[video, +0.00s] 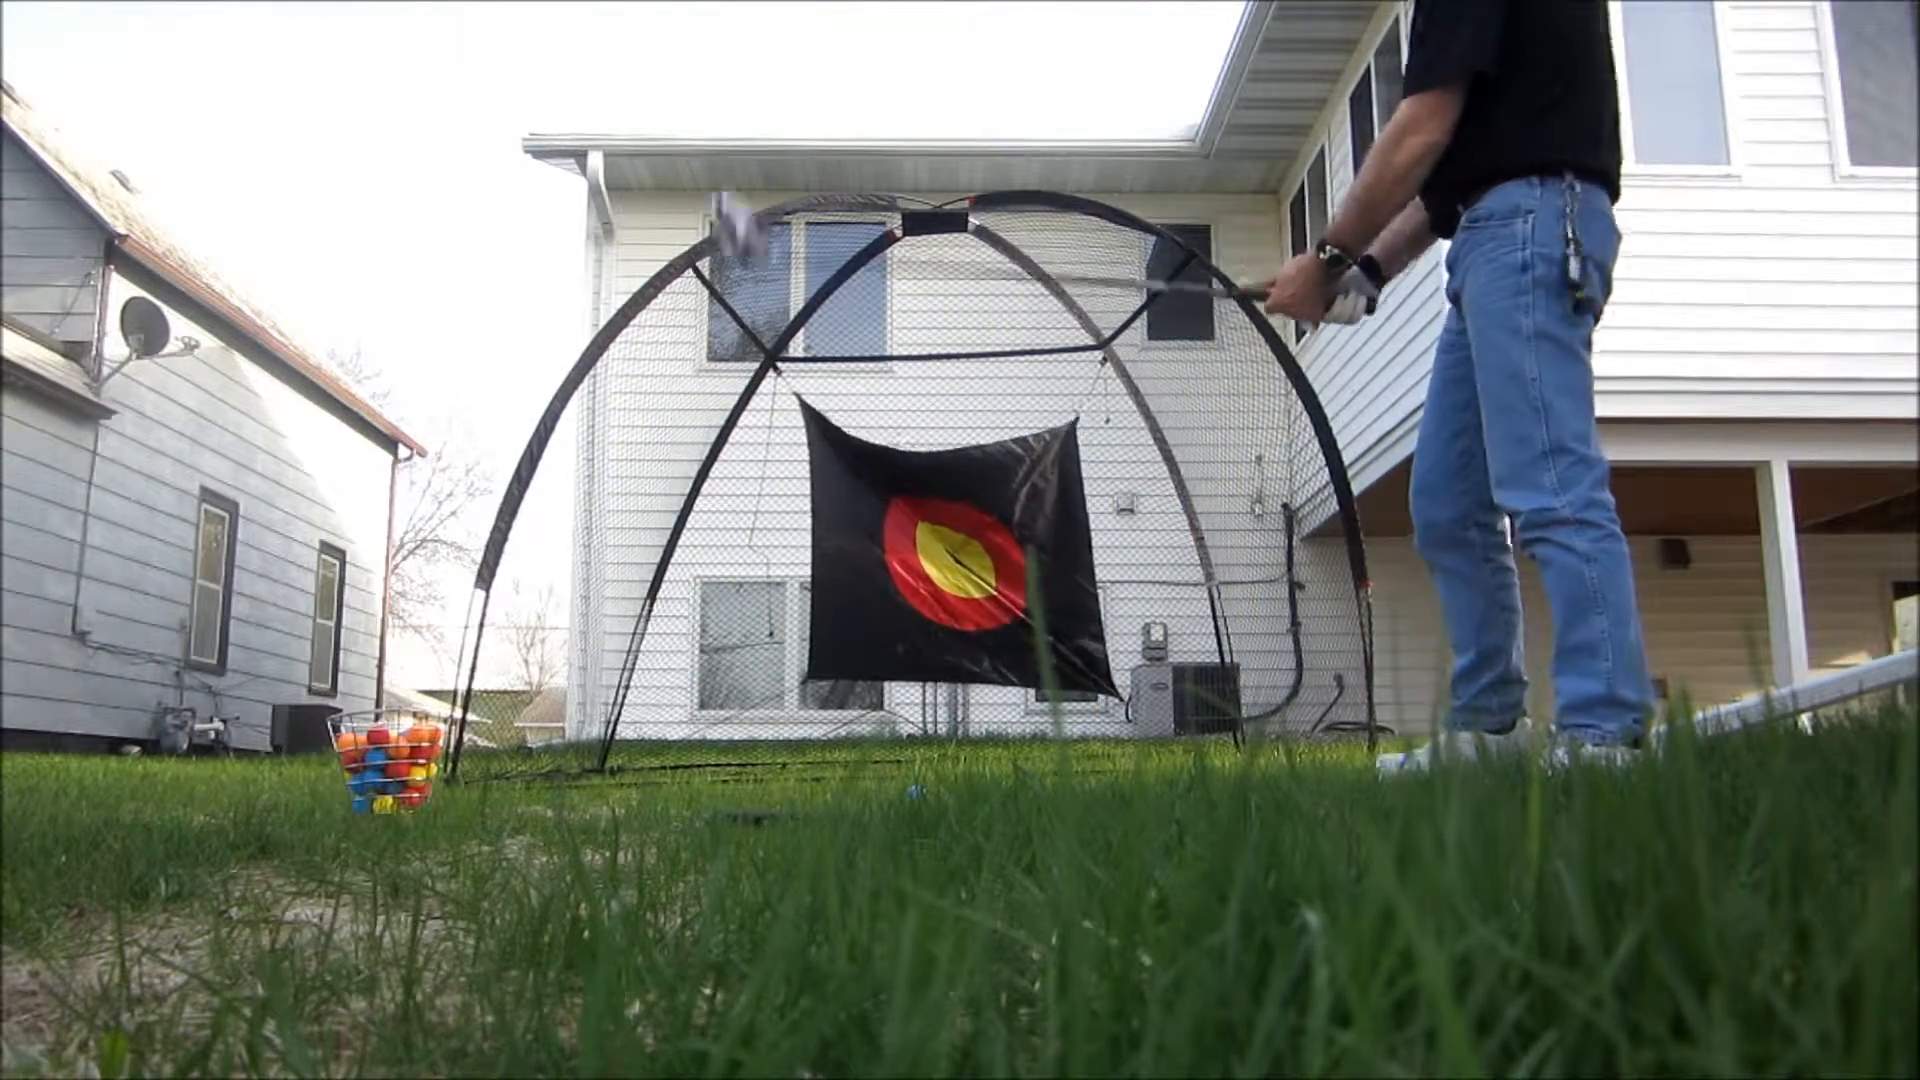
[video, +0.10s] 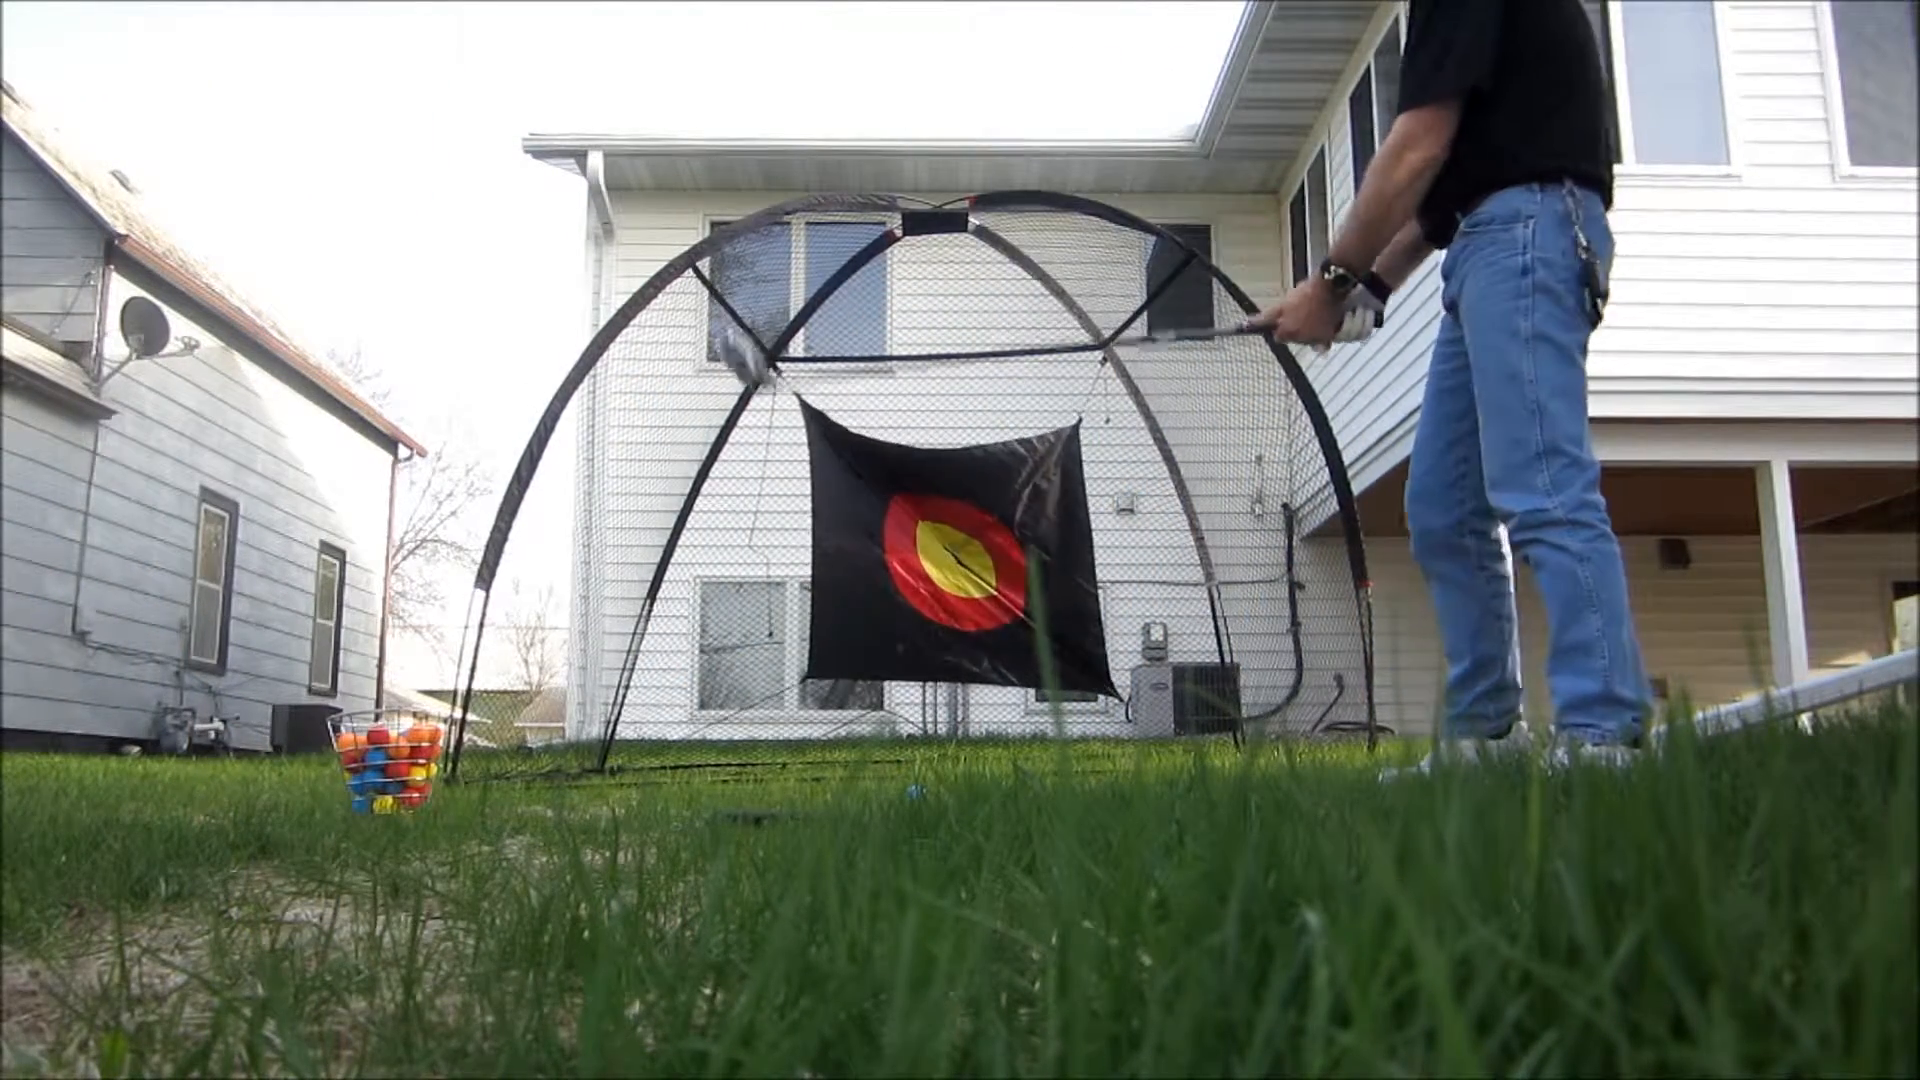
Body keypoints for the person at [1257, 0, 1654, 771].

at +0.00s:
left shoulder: (1468, 4)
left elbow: (1424, 125)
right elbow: (1465, 167)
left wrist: (1327, 257)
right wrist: (1366, 270)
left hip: (1530, 214)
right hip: (1489, 230)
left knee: (1555, 494)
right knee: (1449, 503)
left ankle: (1605, 733)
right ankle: (1487, 728)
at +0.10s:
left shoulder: (1464, 3)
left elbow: (1419, 144)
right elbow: (1455, 175)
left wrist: (1329, 281)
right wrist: (1368, 288)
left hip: (1526, 224)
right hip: (1484, 242)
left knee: (1546, 496)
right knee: (1444, 507)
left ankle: (1605, 734)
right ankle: (1482, 735)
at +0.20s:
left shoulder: (1453, 4)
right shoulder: (1450, 30)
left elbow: (1421, 151)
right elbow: (1446, 191)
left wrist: (1335, 298)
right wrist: (1370, 302)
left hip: (1525, 231)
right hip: (1476, 253)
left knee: (1542, 497)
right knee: (1433, 513)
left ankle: (1603, 732)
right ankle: (1481, 736)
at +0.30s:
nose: (1353, 13)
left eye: (1352, 3)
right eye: (1348, 10)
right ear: (1384, 1)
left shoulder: (1448, 9)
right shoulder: (1422, 42)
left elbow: (1419, 175)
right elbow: (1431, 214)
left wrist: (1339, 310)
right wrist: (1363, 322)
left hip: (1524, 240)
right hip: (1465, 271)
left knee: (1534, 495)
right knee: (1428, 518)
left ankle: (1599, 730)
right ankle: (1481, 738)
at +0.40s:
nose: (1315, 19)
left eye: (1317, 4)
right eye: (1308, 14)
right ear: (1347, 10)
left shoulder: (1438, 19)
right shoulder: (1388, 76)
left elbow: (1421, 196)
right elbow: (1408, 216)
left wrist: (1350, 324)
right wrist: (1358, 326)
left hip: (1528, 242)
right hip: (1464, 278)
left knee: (1515, 489)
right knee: (1428, 520)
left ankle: (1605, 719)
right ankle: (1481, 738)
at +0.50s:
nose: (1305, 20)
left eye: (1307, 3)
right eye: (1297, 14)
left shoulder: (1434, 20)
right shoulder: (1382, 83)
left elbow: (1423, 197)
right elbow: (1408, 214)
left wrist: (1356, 331)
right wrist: (1352, 330)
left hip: (1529, 242)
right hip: (1467, 279)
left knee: (1519, 486)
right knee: (1431, 521)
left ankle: (1607, 721)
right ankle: (1481, 739)